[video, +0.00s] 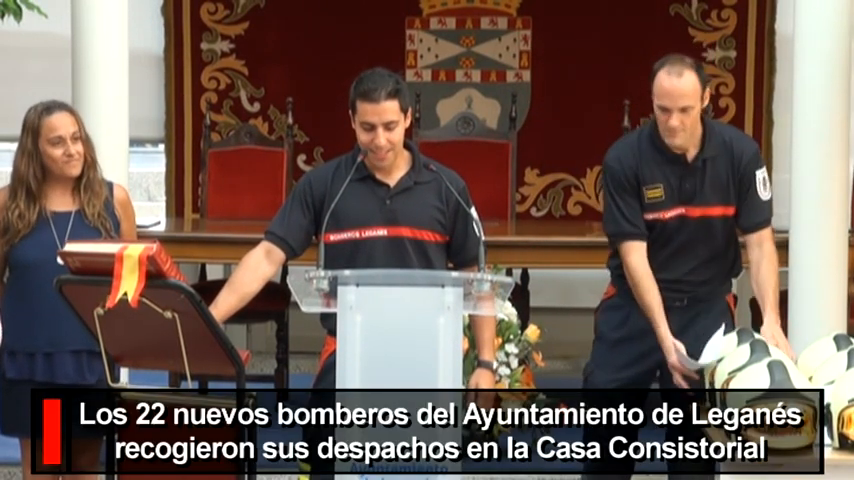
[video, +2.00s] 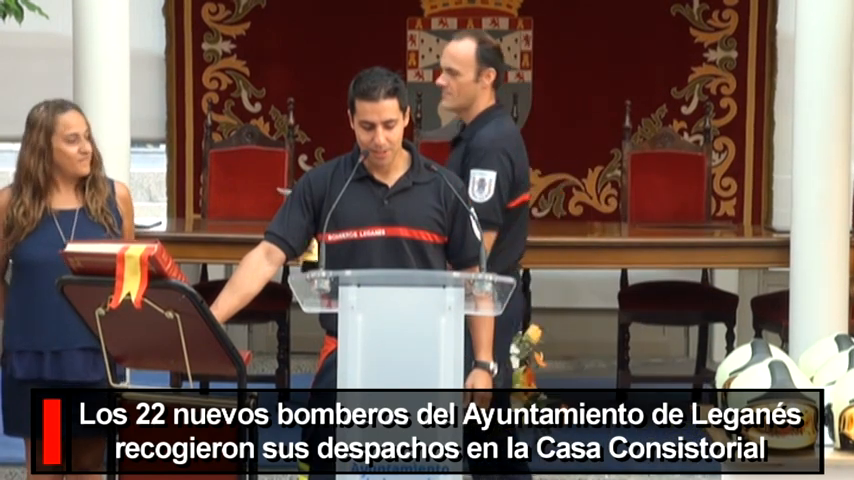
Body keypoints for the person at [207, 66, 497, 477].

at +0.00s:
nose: (379, 140)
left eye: (390, 127)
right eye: (368, 127)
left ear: (408, 119)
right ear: (353, 122)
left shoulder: (447, 188)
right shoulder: (323, 184)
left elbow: (476, 281)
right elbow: (267, 255)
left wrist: (485, 364)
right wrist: (207, 322)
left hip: (428, 352)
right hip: (348, 351)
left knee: (430, 469)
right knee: (330, 464)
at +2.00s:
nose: (379, 139)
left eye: (389, 125)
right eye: (367, 127)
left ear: (406, 119)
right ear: (351, 122)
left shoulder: (443, 189)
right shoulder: (321, 184)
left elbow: (474, 280)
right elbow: (267, 255)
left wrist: (484, 364)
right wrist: (208, 323)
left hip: (428, 355)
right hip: (347, 353)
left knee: (429, 471)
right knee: (329, 468)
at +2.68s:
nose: (380, 139)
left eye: (391, 126)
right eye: (369, 127)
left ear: (409, 120)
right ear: (354, 123)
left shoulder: (448, 190)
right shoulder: (323, 185)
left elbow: (477, 282)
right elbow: (269, 256)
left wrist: (485, 366)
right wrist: (212, 322)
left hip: (429, 357)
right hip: (349, 355)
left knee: (430, 469)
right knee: (330, 466)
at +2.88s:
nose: (380, 139)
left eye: (391, 126)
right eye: (369, 127)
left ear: (410, 120)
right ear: (355, 123)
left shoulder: (449, 191)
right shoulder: (325, 185)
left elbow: (477, 282)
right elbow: (270, 256)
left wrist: (485, 366)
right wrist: (213, 322)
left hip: (430, 355)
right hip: (350, 353)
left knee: (432, 470)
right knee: (330, 466)